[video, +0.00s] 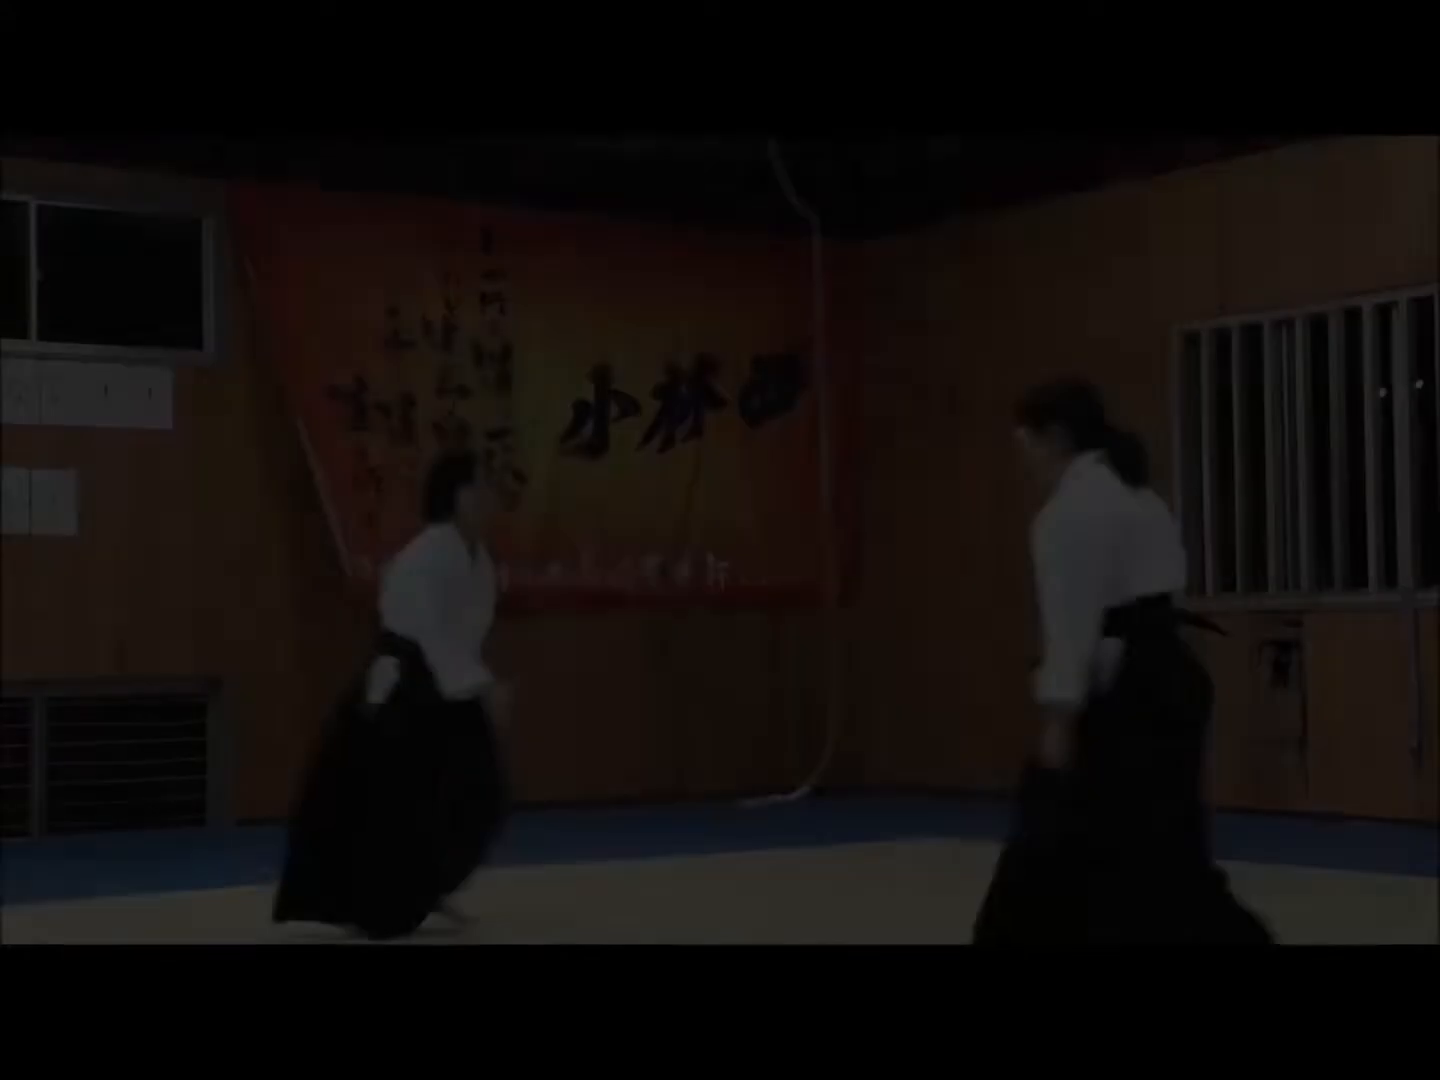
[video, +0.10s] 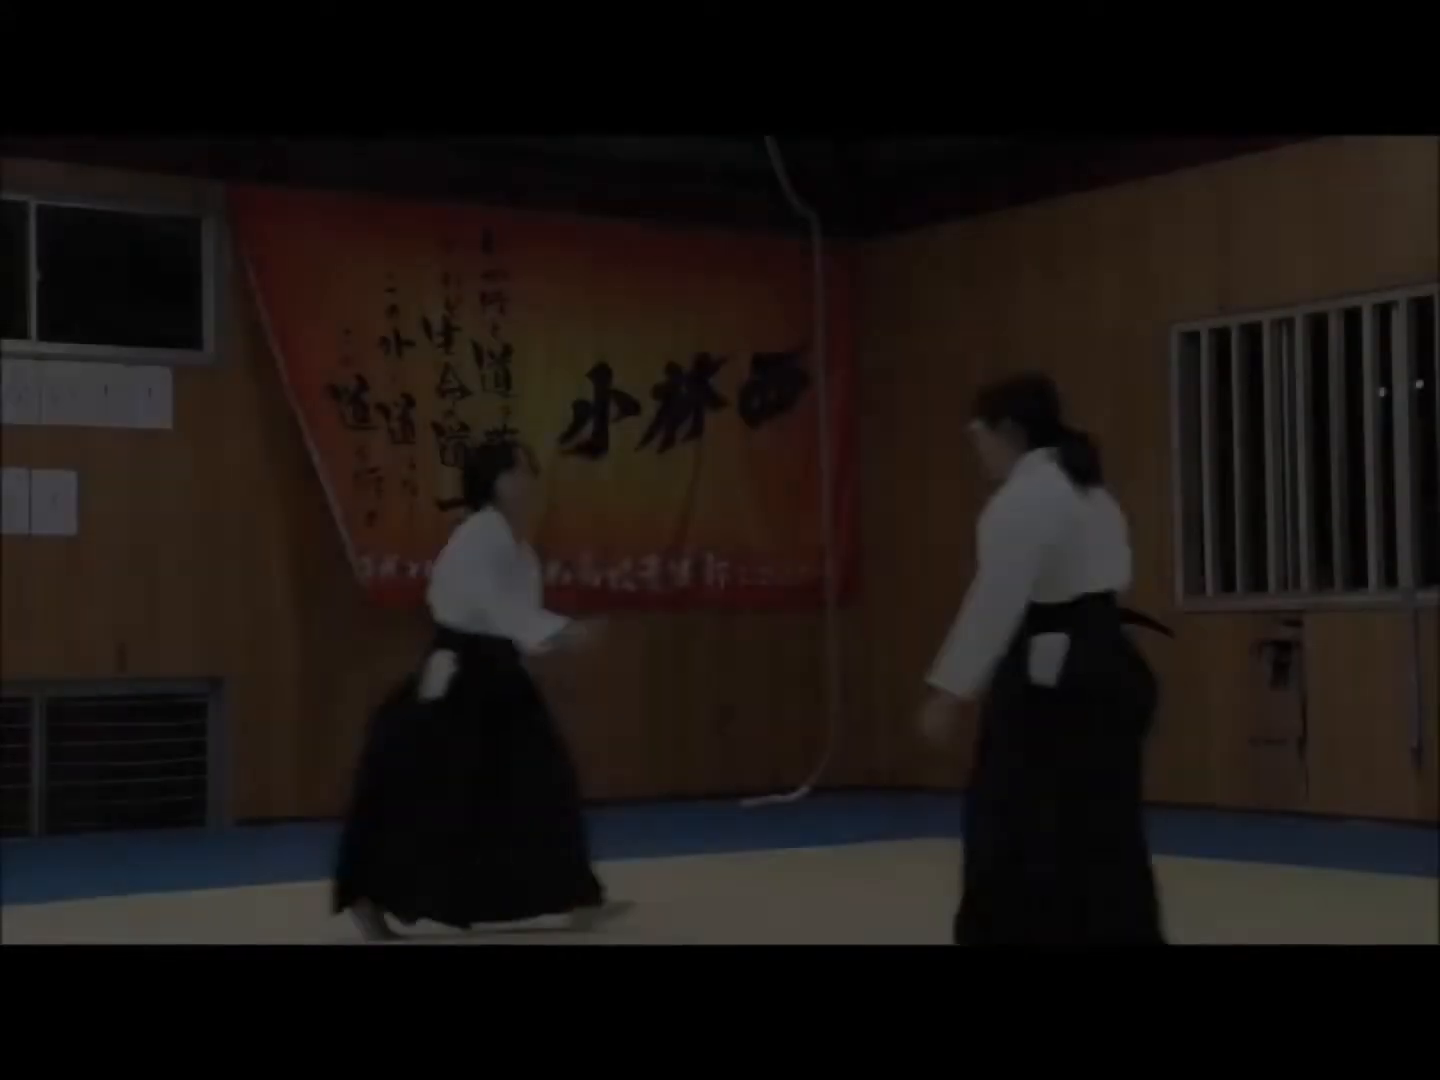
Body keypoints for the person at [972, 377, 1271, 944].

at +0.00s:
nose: (1024, 453)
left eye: (1028, 439)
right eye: (1023, 439)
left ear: (1053, 439)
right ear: (1094, 433)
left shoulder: (1069, 515)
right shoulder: (1145, 501)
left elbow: (1072, 624)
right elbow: (1163, 600)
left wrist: (1056, 718)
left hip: (1114, 687)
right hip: (1175, 680)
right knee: (1164, 828)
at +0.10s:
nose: (978, 449)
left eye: (982, 435)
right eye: (977, 435)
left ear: (1009, 432)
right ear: (1040, 428)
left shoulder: (1019, 503)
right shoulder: (1095, 494)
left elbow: (997, 599)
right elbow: (1115, 589)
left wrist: (948, 689)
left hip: (1045, 678)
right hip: (1111, 673)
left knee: (1015, 816)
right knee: (1101, 820)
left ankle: (1019, 929)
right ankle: (1111, 927)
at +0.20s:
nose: (936, 443)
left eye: (941, 431)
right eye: (936, 431)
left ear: (968, 433)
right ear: (1005, 431)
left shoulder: (976, 503)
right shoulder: (1048, 501)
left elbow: (932, 595)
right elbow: (1060, 594)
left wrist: (869, 673)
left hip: (991, 686)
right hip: (1056, 681)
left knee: (943, 800)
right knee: (1046, 820)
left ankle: (953, 927)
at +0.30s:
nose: (896, 442)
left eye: (900, 430)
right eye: (897, 430)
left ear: (924, 432)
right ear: (963, 431)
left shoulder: (929, 501)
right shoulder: (1002, 500)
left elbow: (886, 592)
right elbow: (1015, 592)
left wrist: (829, 669)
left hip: (945, 678)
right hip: (1009, 673)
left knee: (904, 819)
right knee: (992, 827)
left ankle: (909, 932)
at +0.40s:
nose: (853, 434)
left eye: (859, 425)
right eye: (855, 424)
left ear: (883, 431)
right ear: (920, 429)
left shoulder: (882, 502)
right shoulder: (958, 497)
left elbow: (848, 597)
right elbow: (974, 587)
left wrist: (805, 678)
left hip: (903, 671)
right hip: (966, 666)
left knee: (858, 799)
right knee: (953, 809)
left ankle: (867, 925)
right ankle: (955, 924)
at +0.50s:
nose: (812, 441)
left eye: (817, 431)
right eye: (814, 430)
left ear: (840, 436)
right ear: (878, 434)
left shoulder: (834, 507)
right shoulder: (918, 502)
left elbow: (808, 605)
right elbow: (922, 595)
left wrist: (776, 696)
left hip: (854, 676)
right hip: (921, 672)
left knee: (830, 814)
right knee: (916, 813)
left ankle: (835, 925)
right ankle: (926, 923)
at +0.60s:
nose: (775, 447)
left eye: (781, 436)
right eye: (776, 437)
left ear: (799, 439)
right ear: (844, 438)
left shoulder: (787, 512)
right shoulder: (883, 512)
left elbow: (759, 613)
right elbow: (884, 603)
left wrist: (733, 703)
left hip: (809, 680)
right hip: (880, 673)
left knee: (781, 815)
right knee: (875, 803)